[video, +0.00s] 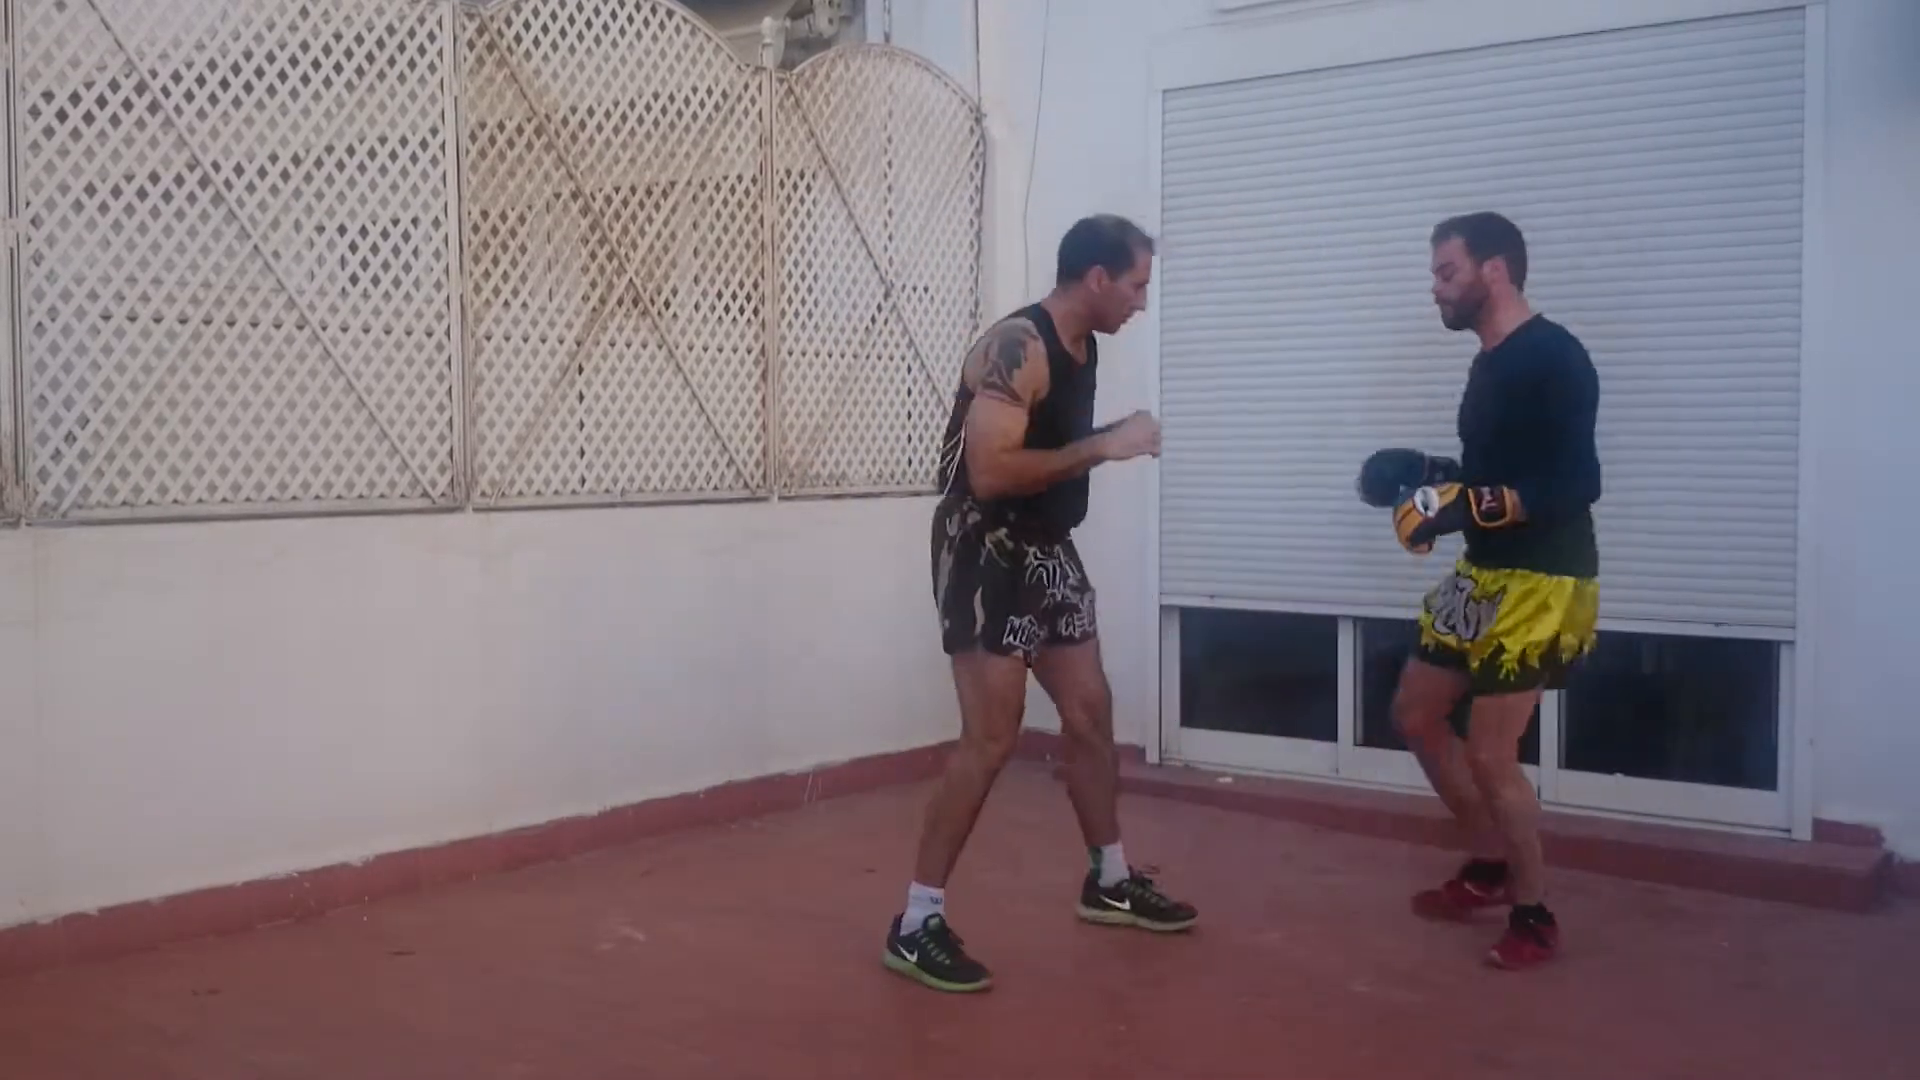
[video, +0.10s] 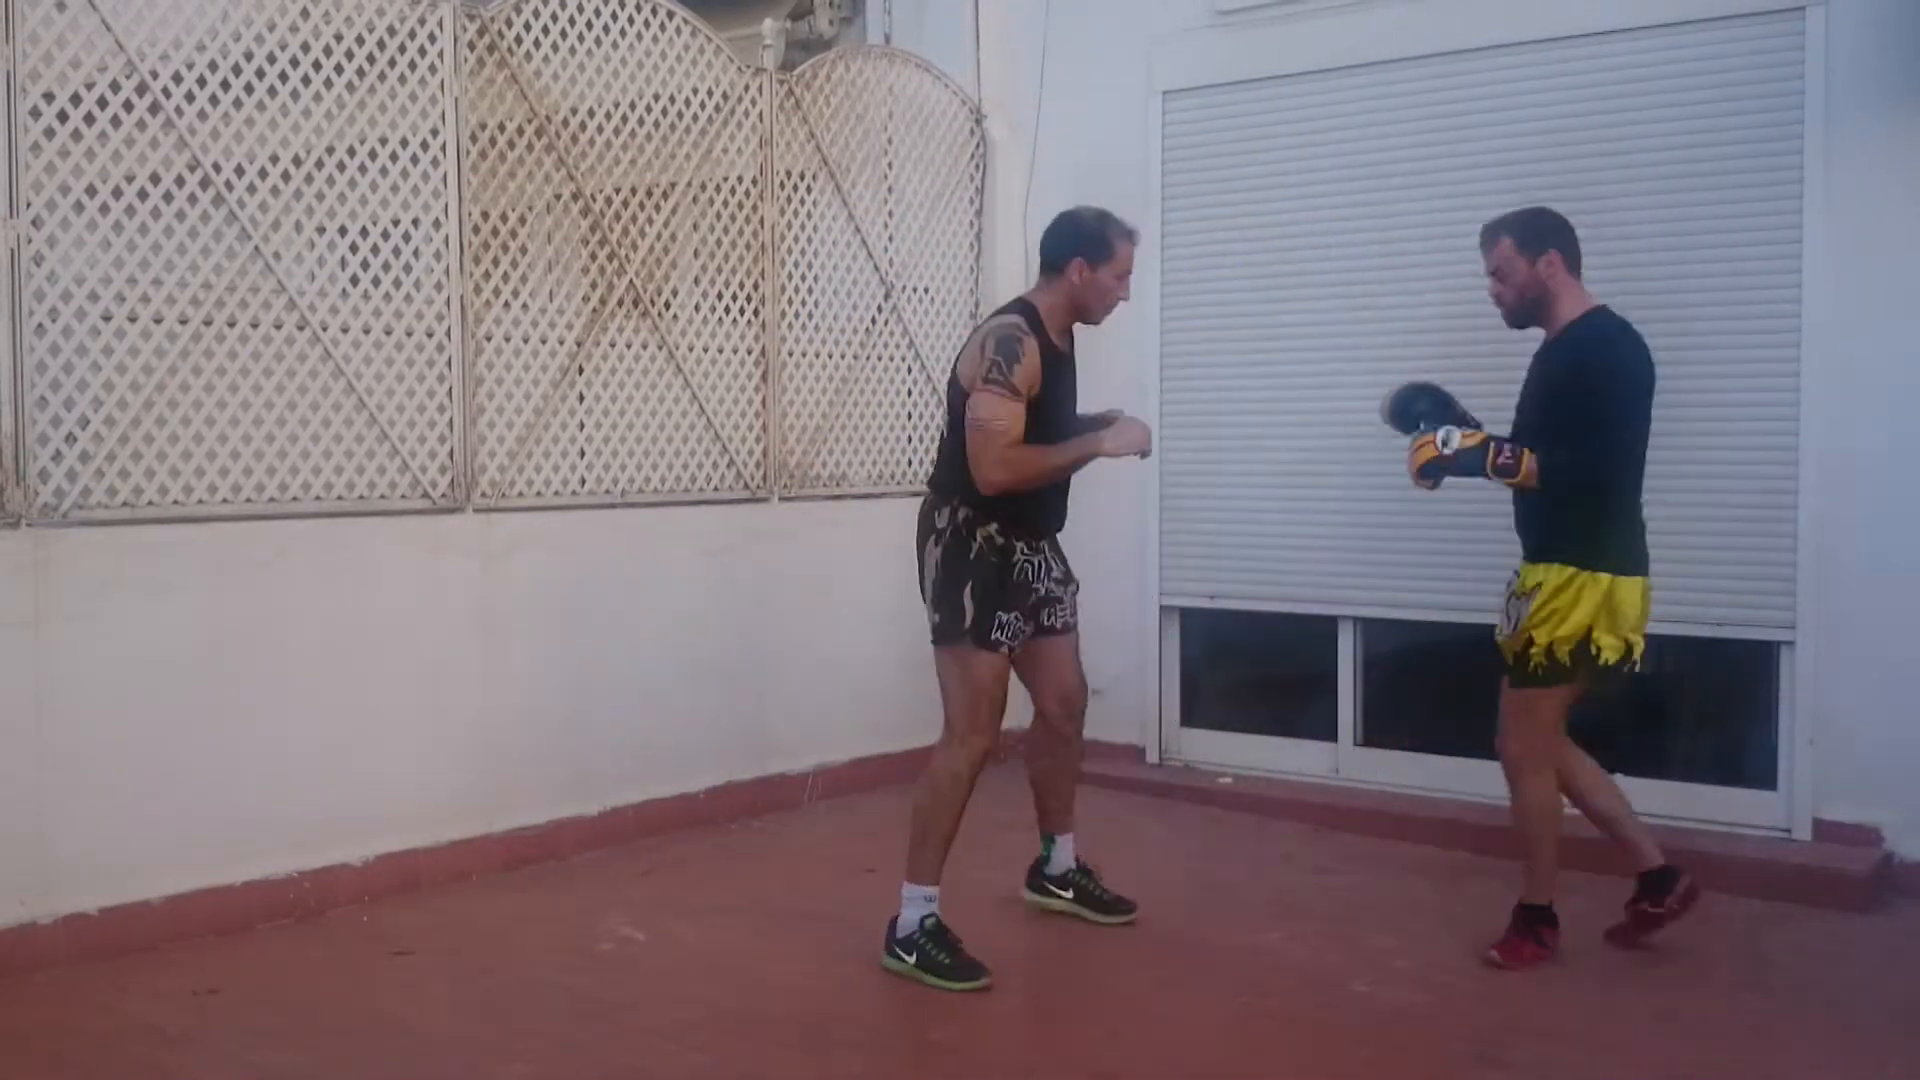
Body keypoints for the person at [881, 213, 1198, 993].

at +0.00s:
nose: (1142, 302)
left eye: (1144, 287)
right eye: (1137, 286)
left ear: (1098, 279)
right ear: (1094, 278)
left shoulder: (1077, 347)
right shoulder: (1013, 348)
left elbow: (1028, 455)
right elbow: (990, 473)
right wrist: (1102, 446)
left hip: (1045, 545)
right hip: (982, 547)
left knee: (1089, 711)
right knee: (990, 734)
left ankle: (1109, 878)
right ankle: (916, 922)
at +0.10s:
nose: (1125, 292)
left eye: (1128, 278)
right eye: (1120, 277)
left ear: (1078, 271)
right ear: (1075, 270)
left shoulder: (1055, 340)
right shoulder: (1011, 341)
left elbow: (1021, 443)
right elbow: (991, 468)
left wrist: (1095, 433)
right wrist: (1096, 442)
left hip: (1029, 542)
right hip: (969, 543)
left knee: (1063, 705)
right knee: (971, 733)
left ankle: (1058, 866)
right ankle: (912, 922)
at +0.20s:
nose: (1113, 288)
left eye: (1115, 274)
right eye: (1106, 273)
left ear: (1067, 270)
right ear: (1062, 267)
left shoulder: (1045, 339)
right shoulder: (1000, 336)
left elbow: (1011, 445)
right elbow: (988, 462)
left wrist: (1082, 434)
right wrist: (1083, 434)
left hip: (1018, 541)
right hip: (960, 540)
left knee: (1045, 701)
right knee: (964, 731)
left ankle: (1010, 850)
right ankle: (909, 922)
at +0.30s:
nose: (1109, 289)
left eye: (1110, 275)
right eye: (1100, 274)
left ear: (1062, 274)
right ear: (1055, 271)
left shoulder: (1043, 345)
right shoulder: (994, 337)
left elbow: (1011, 445)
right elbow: (975, 456)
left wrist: (1080, 432)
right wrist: (1076, 426)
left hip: (1016, 552)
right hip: (960, 549)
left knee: (1026, 707)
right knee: (961, 725)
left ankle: (972, 841)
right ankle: (909, 922)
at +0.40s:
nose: (1111, 294)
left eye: (1113, 280)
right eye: (1102, 279)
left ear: (1068, 278)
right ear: (1057, 274)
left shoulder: (1054, 353)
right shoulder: (995, 337)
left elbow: (1042, 460)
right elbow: (962, 447)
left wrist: (1097, 429)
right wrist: (1067, 413)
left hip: (1022, 554)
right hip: (966, 549)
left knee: (1007, 712)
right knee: (960, 721)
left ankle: (961, 853)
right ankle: (909, 919)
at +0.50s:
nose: (1116, 288)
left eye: (1119, 275)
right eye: (1108, 273)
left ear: (1078, 272)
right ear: (1062, 267)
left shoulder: (1071, 348)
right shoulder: (997, 326)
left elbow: (1093, 448)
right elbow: (971, 425)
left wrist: (1145, 396)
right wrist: (1070, 380)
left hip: (1035, 541)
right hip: (976, 536)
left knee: (1008, 710)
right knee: (978, 711)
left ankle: (962, 847)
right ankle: (918, 898)